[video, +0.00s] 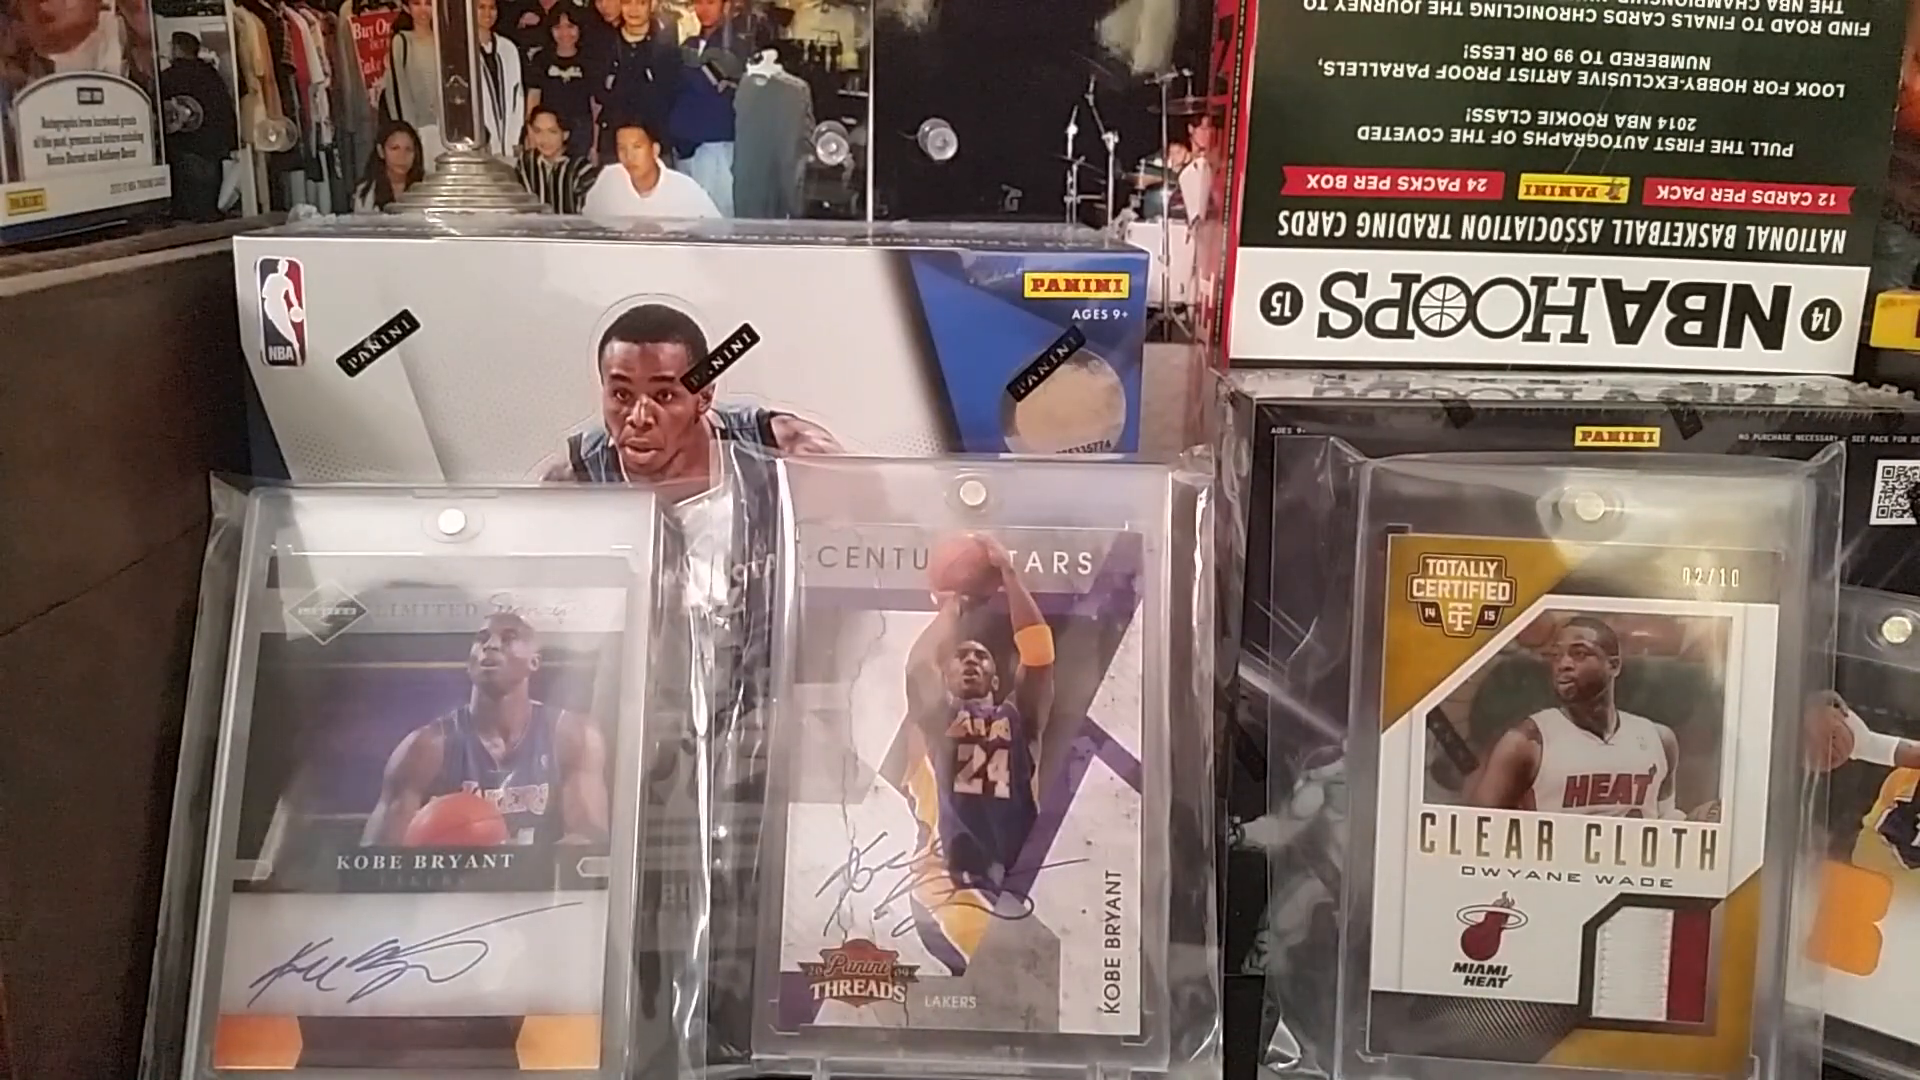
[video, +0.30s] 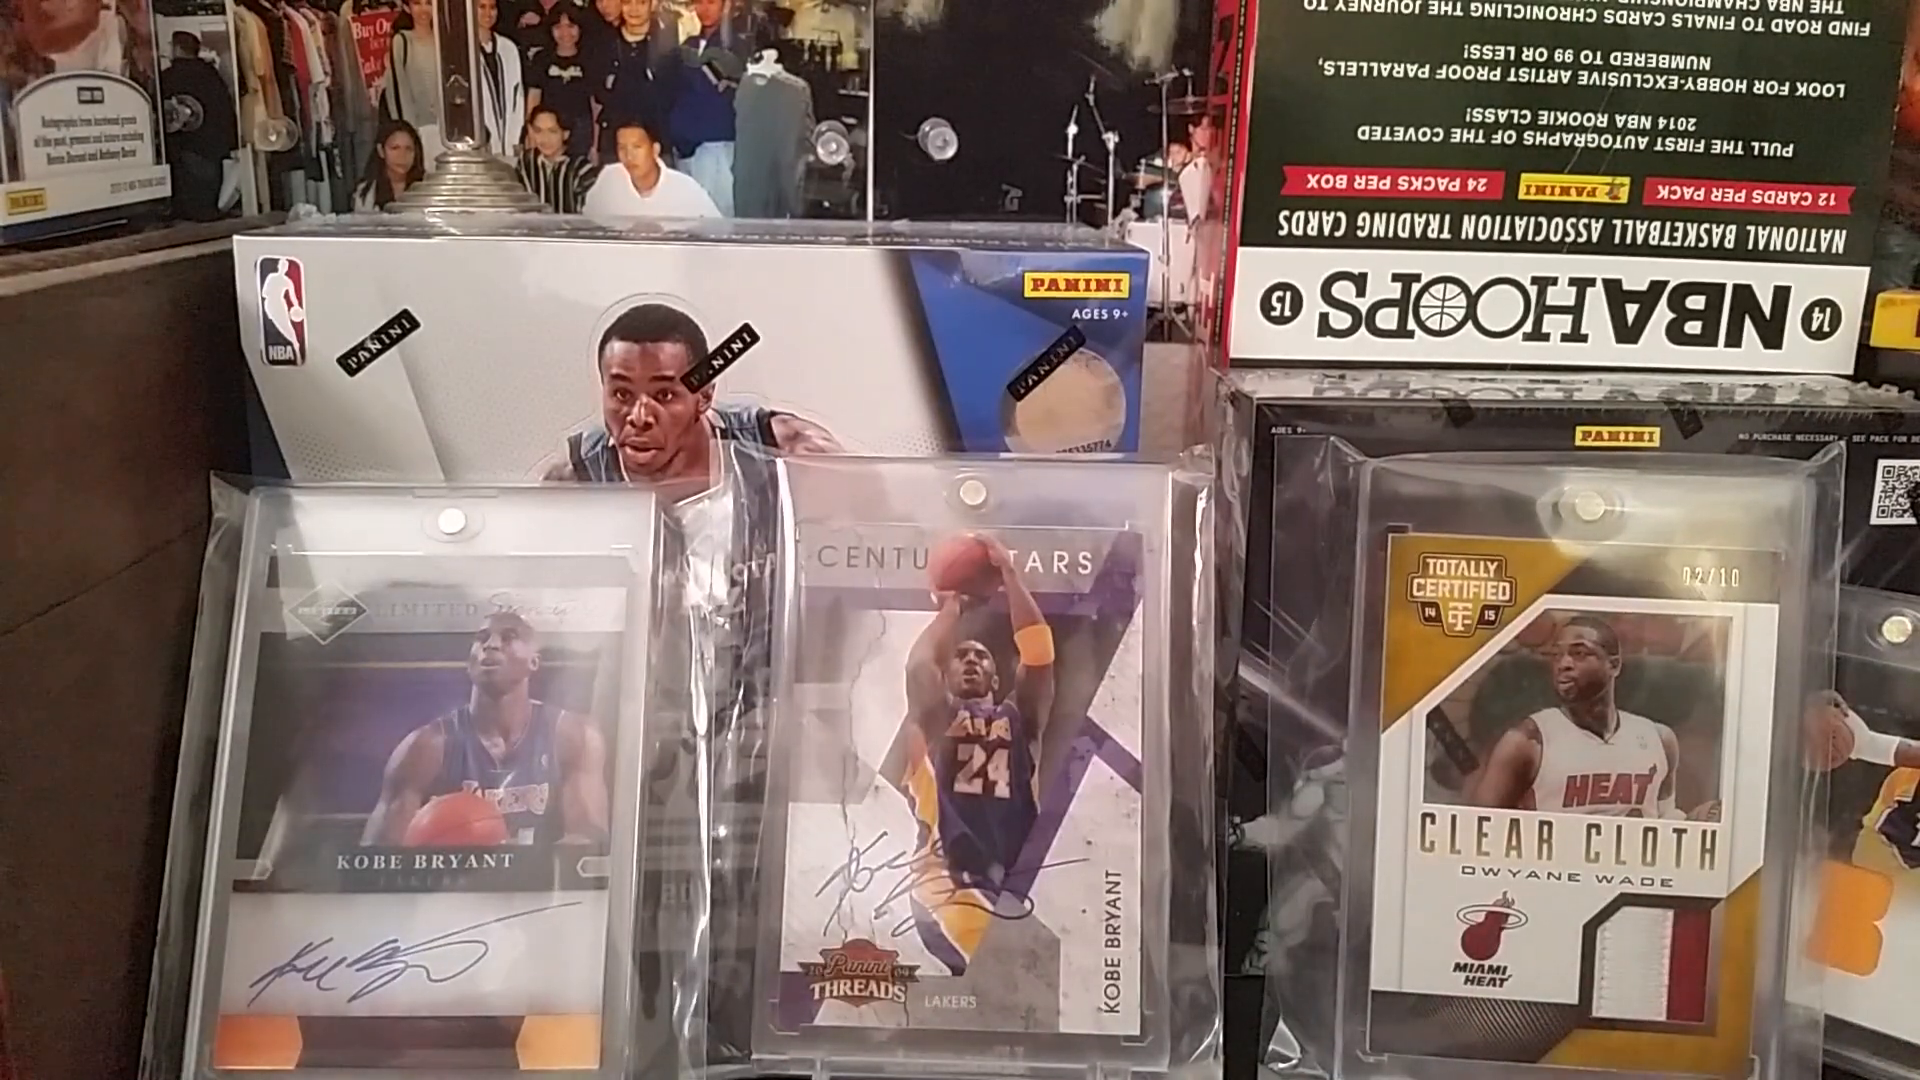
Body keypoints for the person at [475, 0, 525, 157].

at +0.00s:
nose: (488, 13)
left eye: (492, 7)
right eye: (481, 7)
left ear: (497, 11)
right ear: (471, 11)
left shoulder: (510, 48)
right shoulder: (463, 50)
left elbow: (519, 95)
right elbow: (463, 100)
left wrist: (515, 141)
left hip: (511, 145)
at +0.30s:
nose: (489, 13)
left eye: (493, 7)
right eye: (482, 7)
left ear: (497, 11)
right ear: (471, 10)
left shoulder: (510, 48)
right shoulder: (464, 50)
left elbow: (519, 95)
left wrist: (515, 141)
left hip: (511, 145)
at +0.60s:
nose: (489, 13)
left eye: (493, 7)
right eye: (483, 7)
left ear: (498, 11)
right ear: (472, 11)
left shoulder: (510, 48)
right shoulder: (465, 50)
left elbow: (519, 94)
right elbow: (465, 99)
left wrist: (515, 140)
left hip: (512, 143)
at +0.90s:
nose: (489, 14)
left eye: (493, 8)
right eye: (483, 8)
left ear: (498, 11)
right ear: (472, 11)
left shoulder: (511, 48)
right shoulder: (464, 51)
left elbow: (520, 96)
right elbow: (464, 101)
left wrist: (516, 142)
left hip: (512, 146)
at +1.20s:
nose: (490, 14)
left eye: (494, 8)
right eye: (483, 8)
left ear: (498, 11)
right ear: (472, 11)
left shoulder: (511, 48)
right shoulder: (465, 50)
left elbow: (520, 94)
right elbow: (464, 100)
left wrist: (516, 140)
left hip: (512, 144)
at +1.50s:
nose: (489, 14)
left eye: (493, 8)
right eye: (483, 8)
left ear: (498, 12)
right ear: (472, 11)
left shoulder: (511, 48)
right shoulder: (465, 50)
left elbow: (520, 96)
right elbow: (464, 100)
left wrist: (516, 141)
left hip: (512, 144)